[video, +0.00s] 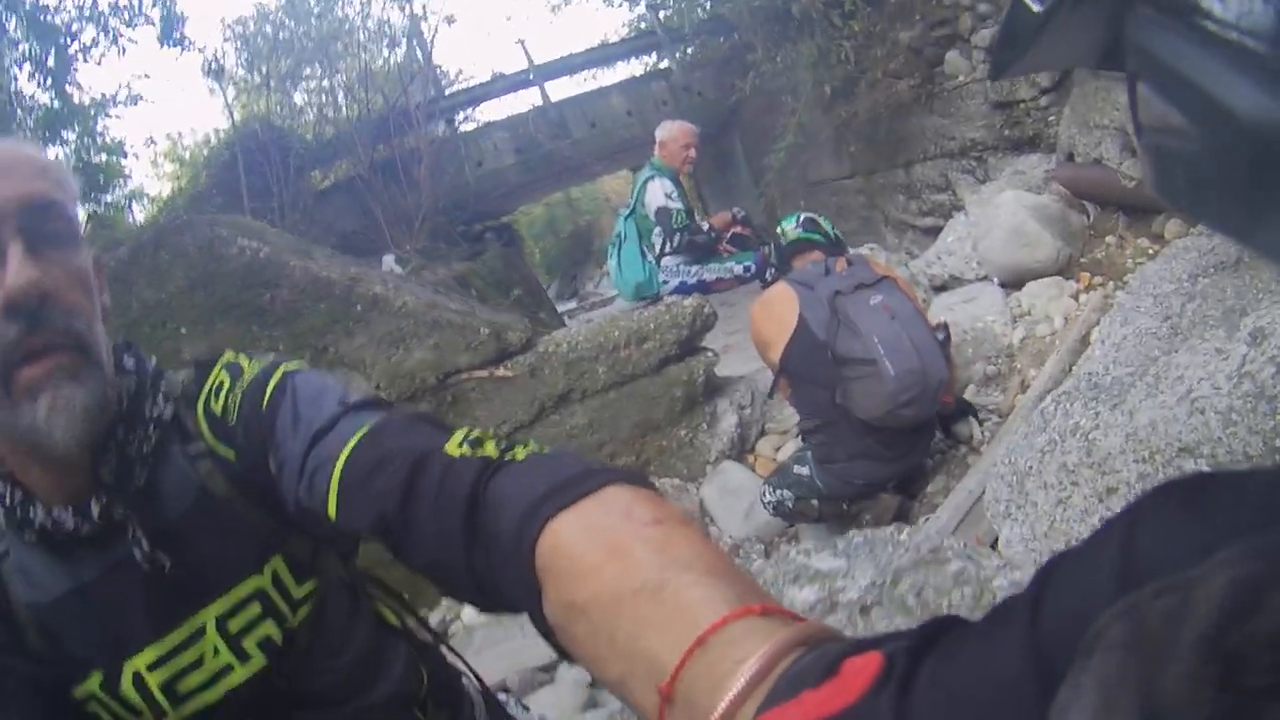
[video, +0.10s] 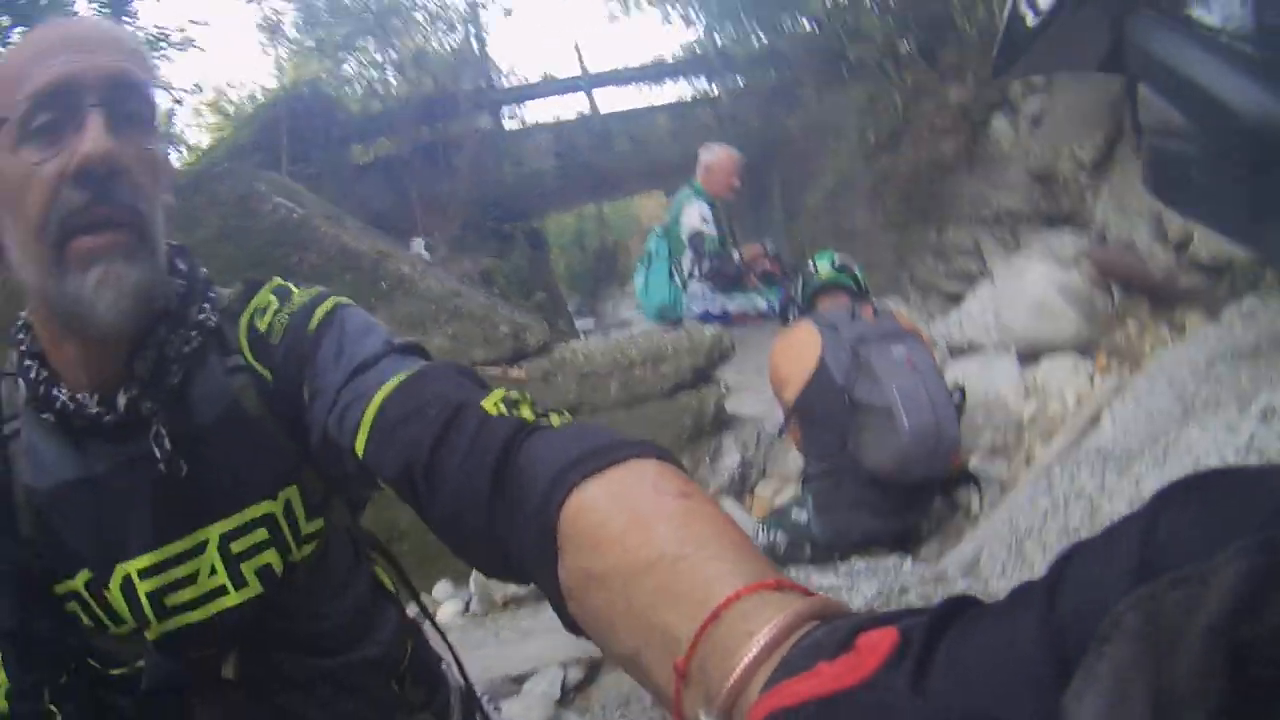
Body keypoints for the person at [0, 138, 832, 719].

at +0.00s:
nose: (21, 281)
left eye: (45, 235)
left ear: (99, 277)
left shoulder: (223, 414)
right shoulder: (13, 573)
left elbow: (520, 505)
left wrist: (772, 683)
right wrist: (774, 677)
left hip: (449, 712)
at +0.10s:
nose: (96, 152)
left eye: (127, 117)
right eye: (44, 124)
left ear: (167, 165)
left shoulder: (269, 336)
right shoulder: (13, 442)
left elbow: (514, 466)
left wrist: (790, 664)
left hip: (391, 699)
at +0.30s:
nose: (82, 224)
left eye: (113, 192)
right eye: (37, 194)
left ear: (150, 235)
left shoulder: (244, 410)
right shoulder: (8, 485)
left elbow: (464, 527)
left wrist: (704, 696)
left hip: (341, 701)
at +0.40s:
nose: (98, 175)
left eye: (132, 142)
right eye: (52, 145)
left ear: (166, 196)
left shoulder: (255, 358)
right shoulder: (9, 435)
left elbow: (463, 486)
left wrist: (717, 684)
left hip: (365, 704)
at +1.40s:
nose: (88, 167)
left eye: (124, 140)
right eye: (46, 138)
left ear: (158, 197)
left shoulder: (243, 359)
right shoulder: (5, 427)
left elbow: (450, 479)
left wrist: (743, 664)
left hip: (346, 703)